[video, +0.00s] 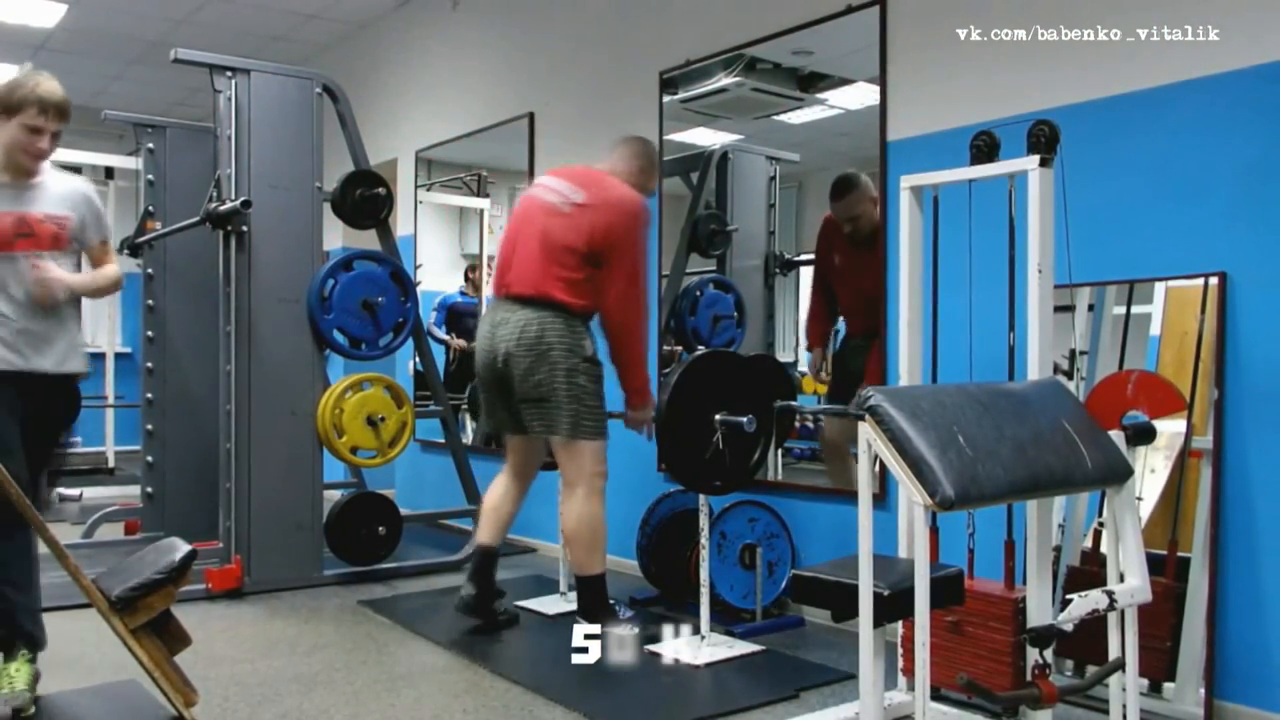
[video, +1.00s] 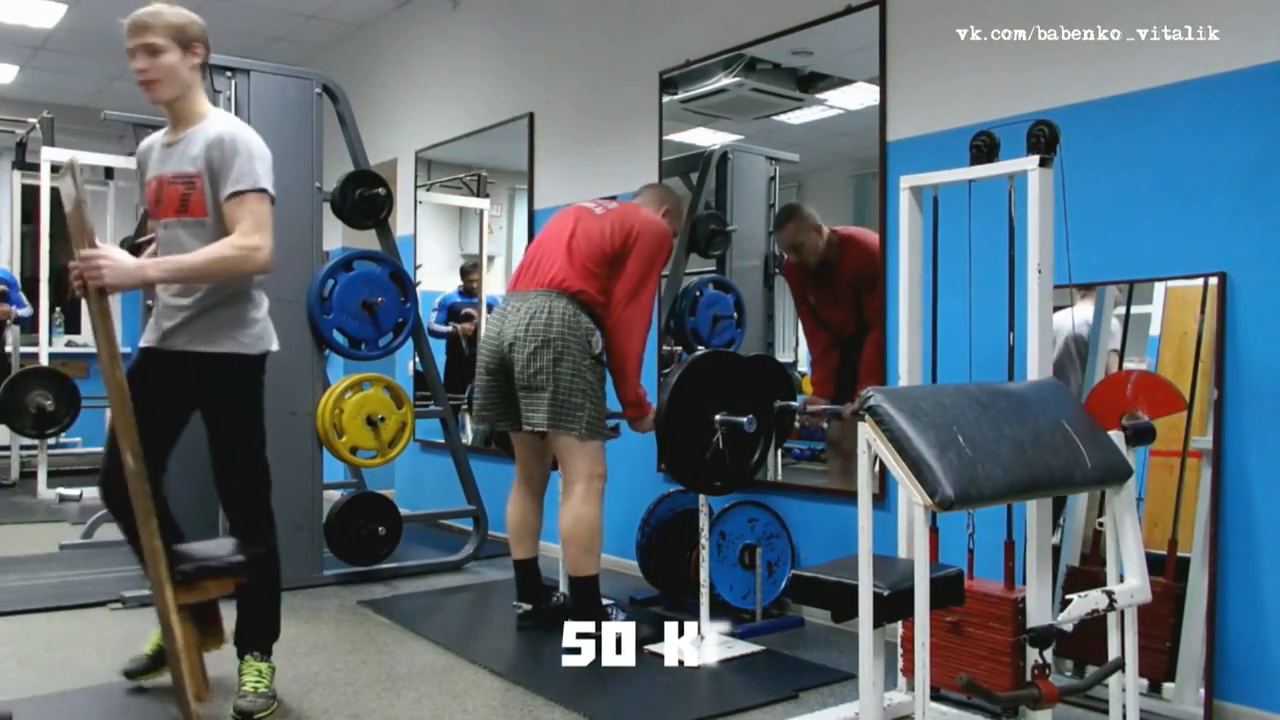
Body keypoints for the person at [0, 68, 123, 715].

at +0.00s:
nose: (42, 139)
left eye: (51, 130)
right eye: (30, 127)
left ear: (59, 136)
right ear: (3, 127)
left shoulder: (77, 196)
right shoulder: (3, 190)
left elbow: (112, 271)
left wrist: (72, 282)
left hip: (54, 373)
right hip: (6, 369)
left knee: (19, 507)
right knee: (14, 508)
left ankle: (16, 645)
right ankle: (20, 647)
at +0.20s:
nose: (70, 108)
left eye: (82, 97)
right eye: (58, 95)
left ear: (97, 103)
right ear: (34, 96)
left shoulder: (122, 167)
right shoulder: (6, 160)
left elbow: (154, 246)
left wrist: (114, 269)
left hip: (99, 348)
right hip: (18, 347)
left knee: (128, 483)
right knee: (20, 499)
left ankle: (87, 583)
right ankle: (19, 648)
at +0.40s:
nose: (109, 90)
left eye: (121, 79)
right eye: (97, 78)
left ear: (142, 85)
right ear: (75, 82)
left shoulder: (179, 160)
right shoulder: (35, 160)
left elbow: (216, 242)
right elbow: (5, 251)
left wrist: (176, 266)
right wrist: (6, 306)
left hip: (158, 346)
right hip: (65, 346)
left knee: (201, 487)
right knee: (39, 502)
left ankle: (240, 651)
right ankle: (26, 653)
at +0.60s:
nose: (135, 85)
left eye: (147, 72)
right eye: (123, 73)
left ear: (176, 73)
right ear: (111, 80)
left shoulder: (224, 148)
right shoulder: (98, 158)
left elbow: (284, 241)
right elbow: (82, 255)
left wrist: (192, 273)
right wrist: (27, 290)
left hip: (217, 351)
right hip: (127, 352)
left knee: (238, 499)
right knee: (76, 487)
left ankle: (252, 657)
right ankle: (74, 652)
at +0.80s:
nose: (152, 61)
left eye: (165, 48)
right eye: (141, 51)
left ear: (197, 53)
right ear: (131, 62)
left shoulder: (234, 132)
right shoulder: (133, 146)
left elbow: (273, 235)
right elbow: (139, 244)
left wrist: (158, 266)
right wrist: (99, 272)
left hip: (236, 342)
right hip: (161, 343)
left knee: (247, 498)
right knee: (139, 490)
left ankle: (256, 655)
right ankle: (148, 639)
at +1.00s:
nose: (140, 67)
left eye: (153, 52)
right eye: (133, 56)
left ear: (195, 55)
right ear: (131, 67)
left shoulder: (234, 139)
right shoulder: (150, 151)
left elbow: (255, 249)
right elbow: (156, 242)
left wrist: (141, 270)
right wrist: (112, 265)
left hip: (232, 346)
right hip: (166, 345)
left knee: (246, 498)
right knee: (122, 481)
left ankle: (256, 653)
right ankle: (192, 618)